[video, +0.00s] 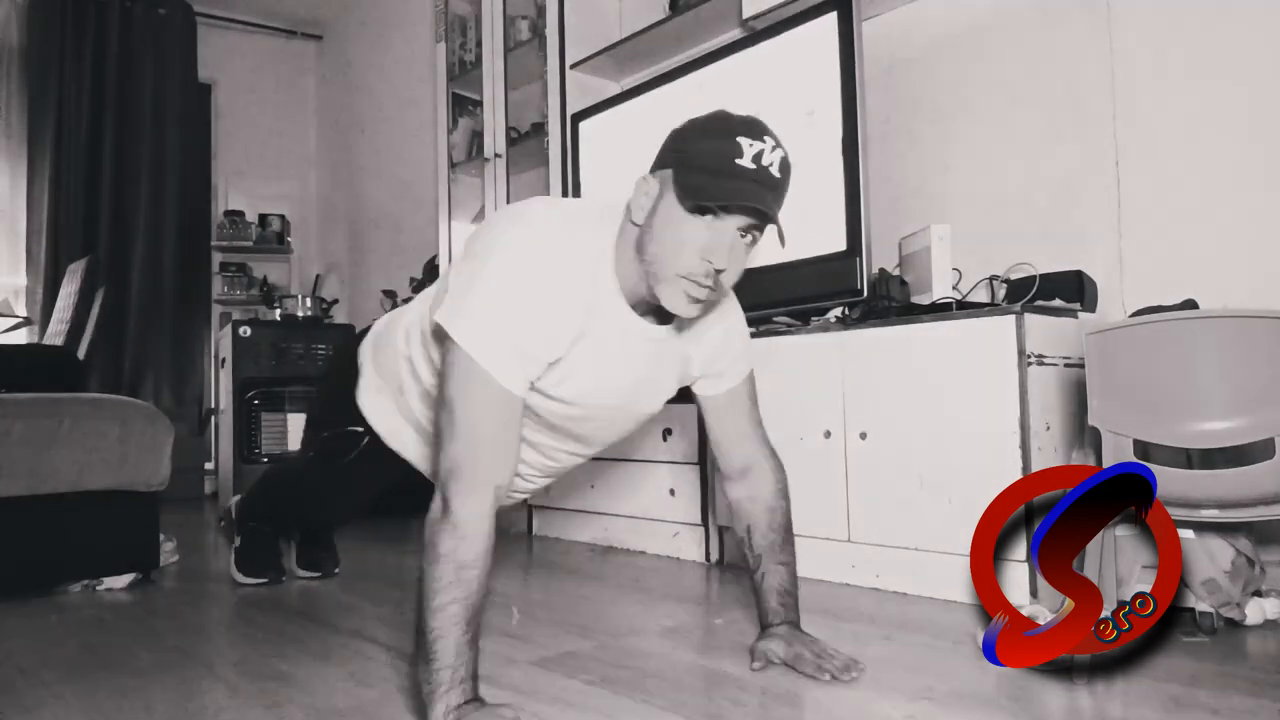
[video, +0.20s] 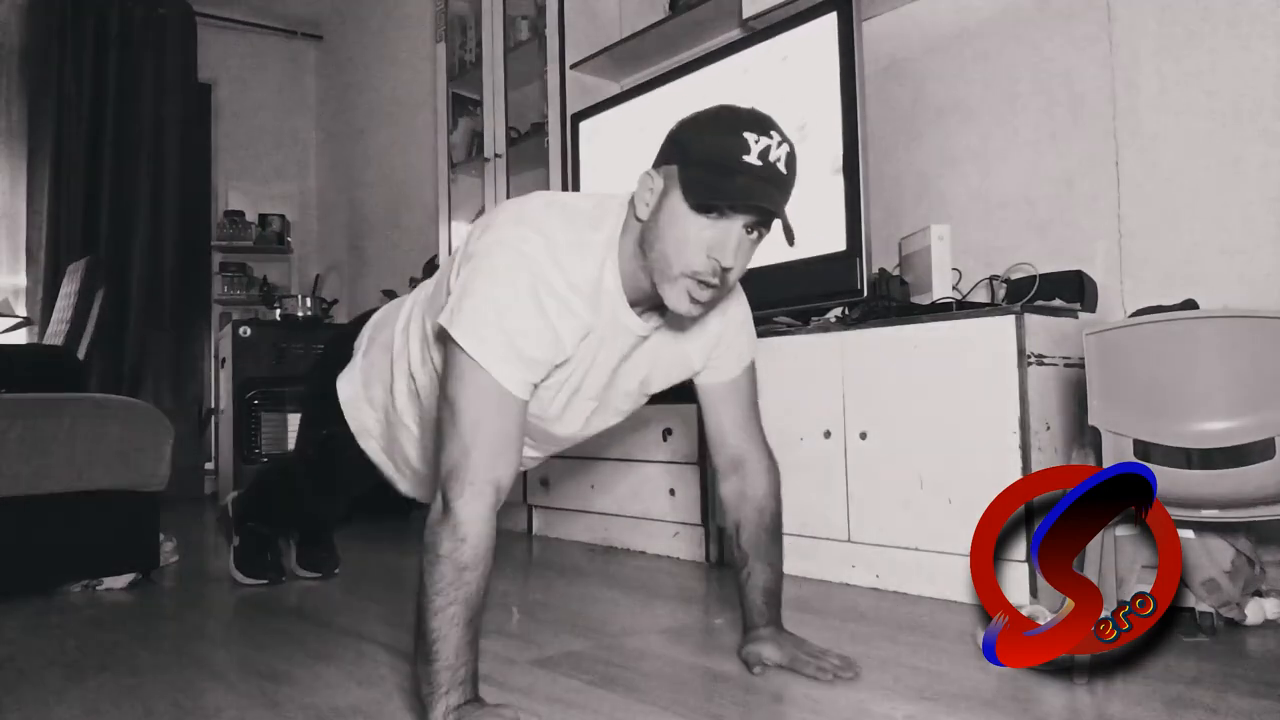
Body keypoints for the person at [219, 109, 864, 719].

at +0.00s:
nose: (722, 260)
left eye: (749, 236)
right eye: (708, 216)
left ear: (759, 245)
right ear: (649, 198)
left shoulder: (711, 315)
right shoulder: (525, 253)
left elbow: (749, 471)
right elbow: (464, 506)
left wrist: (782, 624)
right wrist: (451, 703)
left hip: (476, 464)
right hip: (386, 412)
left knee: (372, 498)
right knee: (319, 488)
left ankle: (313, 523)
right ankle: (257, 517)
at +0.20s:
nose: (727, 257)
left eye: (754, 230)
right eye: (711, 211)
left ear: (763, 240)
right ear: (651, 194)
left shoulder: (718, 310)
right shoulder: (524, 254)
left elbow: (742, 467)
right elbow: (469, 499)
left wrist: (764, 628)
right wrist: (450, 702)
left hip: (468, 446)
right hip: (379, 403)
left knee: (370, 496)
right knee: (315, 486)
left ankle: (313, 525)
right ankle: (256, 516)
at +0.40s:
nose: (736, 270)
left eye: (760, 246)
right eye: (723, 230)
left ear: (772, 247)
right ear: (663, 204)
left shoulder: (727, 323)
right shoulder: (538, 255)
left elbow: (755, 472)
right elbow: (475, 493)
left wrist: (766, 628)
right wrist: (451, 702)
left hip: (483, 452)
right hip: (400, 408)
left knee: (374, 495)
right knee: (324, 483)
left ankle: (316, 528)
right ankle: (254, 519)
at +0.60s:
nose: (744, 327)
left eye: (763, 305)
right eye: (736, 292)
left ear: (787, 282)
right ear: (676, 235)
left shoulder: (734, 325)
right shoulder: (545, 259)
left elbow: (758, 474)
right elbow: (476, 497)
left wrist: (767, 626)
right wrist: (449, 699)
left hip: (498, 460)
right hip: (410, 403)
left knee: (376, 499)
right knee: (322, 478)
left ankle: (315, 523)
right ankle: (252, 517)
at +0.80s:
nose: (738, 346)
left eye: (755, 330)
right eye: (733, 315)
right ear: (678, 254)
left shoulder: (724, 321)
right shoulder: (543, 267)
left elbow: (750, 471)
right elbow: (475, 500)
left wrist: (765, 626)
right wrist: (450, 700)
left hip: (503, 456)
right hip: (415, 409)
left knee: (377, 495)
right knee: (321, 479)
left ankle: (316, 519)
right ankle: (254, 517)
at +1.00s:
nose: (741, 349)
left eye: (758, 334)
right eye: (736, 319)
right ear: (683, 252)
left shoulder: (725, 318)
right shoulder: (546, 261)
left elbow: (751, 471)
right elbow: (481, 498)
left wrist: (764, 629)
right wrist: (449, 705)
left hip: (496, 456)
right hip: (412, 404)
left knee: (375, 495)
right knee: (321, 479)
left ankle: (314, 521)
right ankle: (249, 519)